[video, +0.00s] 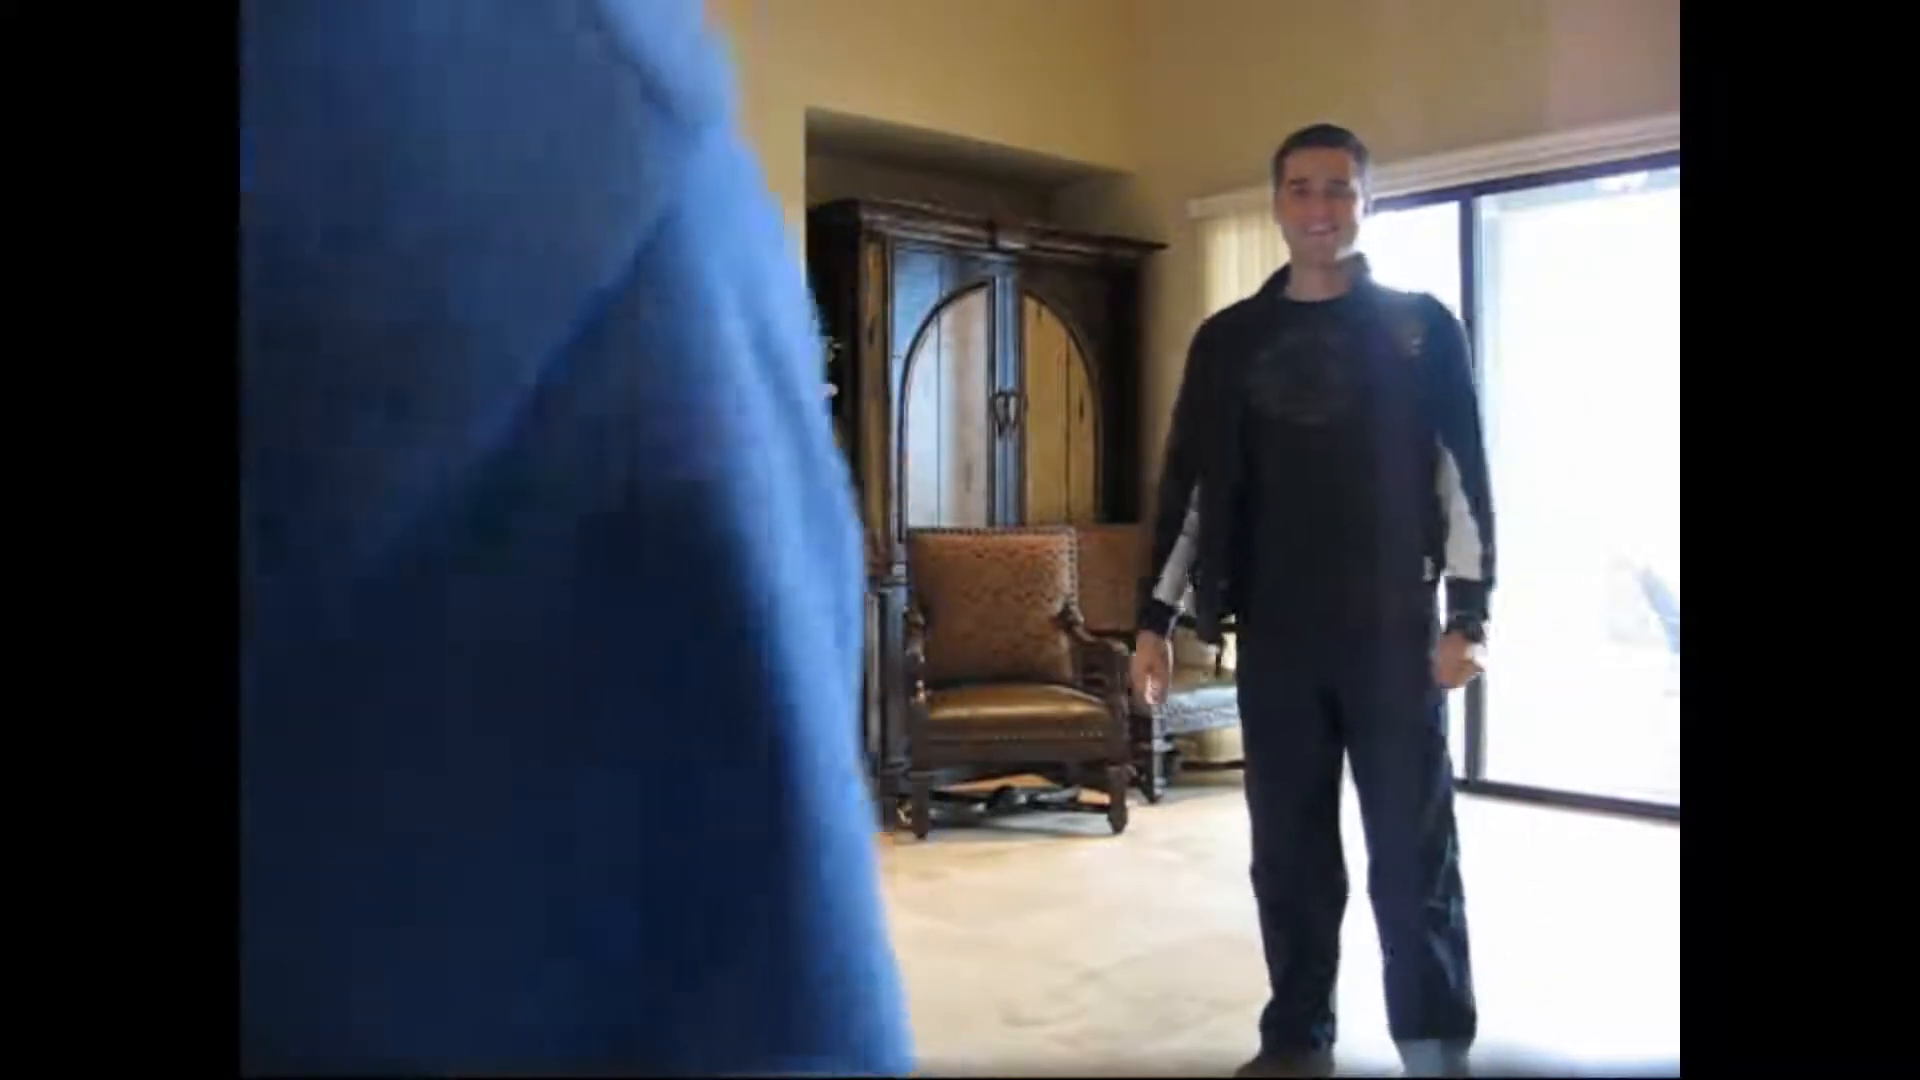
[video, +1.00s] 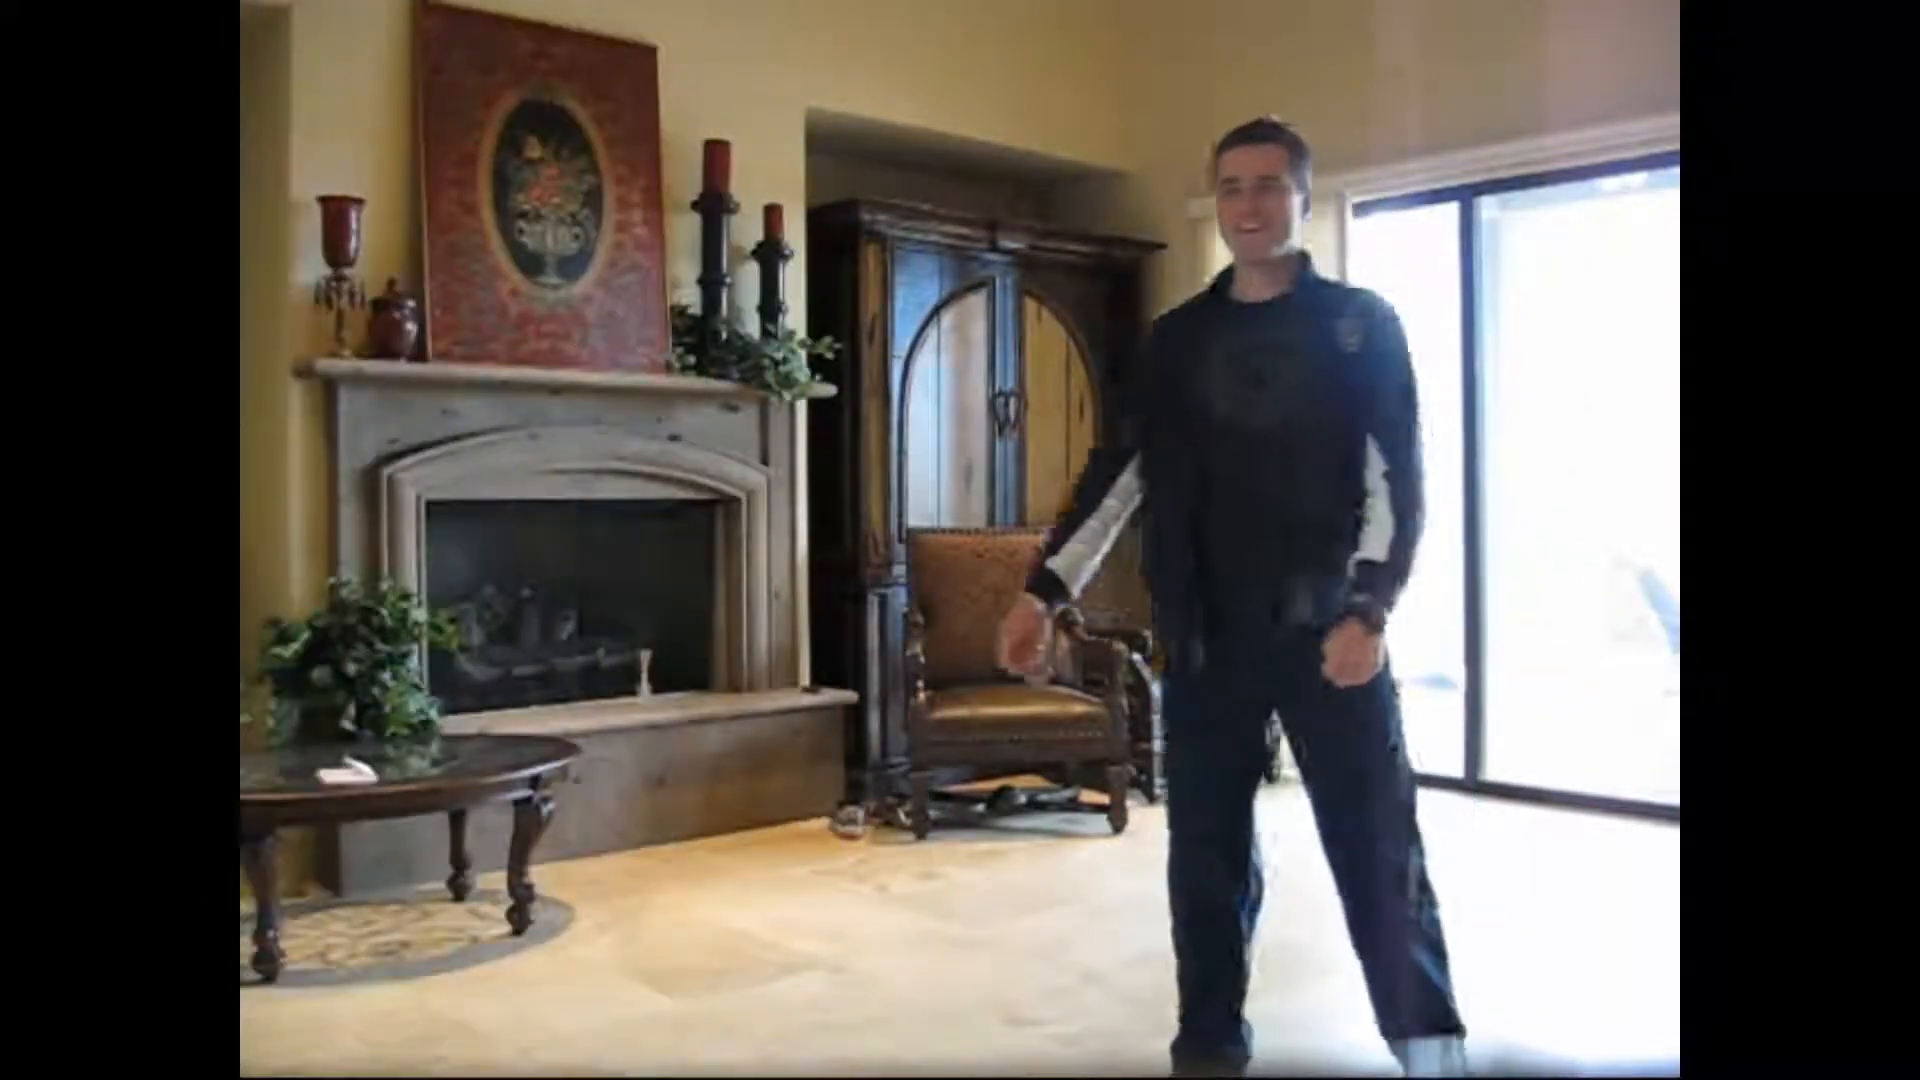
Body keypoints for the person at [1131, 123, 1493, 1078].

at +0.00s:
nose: (1319, 204)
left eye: (1337, 188)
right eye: (1301, 188)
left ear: (1366, 203)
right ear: (1276, 204)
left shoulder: (1420, 326)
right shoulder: (1226, 338)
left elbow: (1464, 477)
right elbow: (1185, 486)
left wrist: (1467, 616)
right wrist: (1155, 619)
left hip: (1392, 634)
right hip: (1276, 636)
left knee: (1414, 861)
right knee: (1287, 856)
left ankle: (1439, 1055)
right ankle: (1295, 1041)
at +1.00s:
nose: (1252, 204)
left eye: (1270, 185)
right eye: (1235, 188)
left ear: (1302, 198)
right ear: (1215, 205)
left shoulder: (1359, 323)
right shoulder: (1171, 342)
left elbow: (1399, 477)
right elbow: (1114, 479)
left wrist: (1371, 610)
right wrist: (1042, 593)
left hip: (1328, 633)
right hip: (1205, 640)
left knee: (1382, 864)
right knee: (1206, 864)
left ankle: (1432, 1056)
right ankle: (1208, 1054)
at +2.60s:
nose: (1266, 253)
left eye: (1278, 230)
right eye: (1244, 234)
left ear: (1295, 211)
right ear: (1200, 221)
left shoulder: (1343, 315)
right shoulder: (1148, 337)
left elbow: (1429, 450)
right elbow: (1098, 464)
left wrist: (1322, 472)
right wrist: (1041, 508)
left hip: (1325, 639)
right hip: (1205, 640)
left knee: (1327, 862)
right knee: (1210, 862)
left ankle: (1326, 1060)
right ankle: (1209, 1055)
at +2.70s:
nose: (1286, 243)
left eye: (1296, 222)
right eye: (1263, 226)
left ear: (1314, 203)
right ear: (1220, 215)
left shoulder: (1365, 312)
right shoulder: (1169, 331)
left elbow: (1447, 445)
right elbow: (1128, 450)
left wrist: (1318, 445)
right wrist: (1090, 488)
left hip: (1334, 635)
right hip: (1213, 632)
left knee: (1328, 859)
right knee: (1210, 855)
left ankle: (1318, 1056)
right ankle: (1207, 1054)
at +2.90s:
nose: (1305, 240)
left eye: (1320, 219)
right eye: (1282, 222)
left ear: (1346, 202)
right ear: (1248, 210)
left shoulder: (1401, 311)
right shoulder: (1195, 328)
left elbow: (1466, 447)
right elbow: (1165, 454)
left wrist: (1322, 438)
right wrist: (1137, 486)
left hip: (1357, 633)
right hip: (1233, 631)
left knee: (1347, 859)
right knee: (1228, 857)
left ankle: (1331, 1060)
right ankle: (1233, 1056)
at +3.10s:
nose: (1312, 235)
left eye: (1330, 213)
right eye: (1291, 215)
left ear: (1358, 199)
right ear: (1261, 203)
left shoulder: (1415, 306)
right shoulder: (1209, 324)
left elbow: (1476, 443)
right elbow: (1181, 460)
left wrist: (1327, 431)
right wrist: (1154, 487)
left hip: (1368, 633)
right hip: (1246, 631)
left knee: (1355, 853)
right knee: (1252, 849)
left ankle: (1338, 1056)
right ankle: (1251, 1049)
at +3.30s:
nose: (1312, 201)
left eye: (1329, 181)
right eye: (1291, 183)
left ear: (1356, 179)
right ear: (1260, 188)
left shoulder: (1422, 303)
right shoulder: (1213, 322)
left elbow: (1490, 463)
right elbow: (1190, 465)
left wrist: (1366, 480)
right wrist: (1170, 484)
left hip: (1374, 642)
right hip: (1253, 639)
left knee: (1360, 867)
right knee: (1255, 864)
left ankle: (1339, 1061)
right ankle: (1250, 1059)